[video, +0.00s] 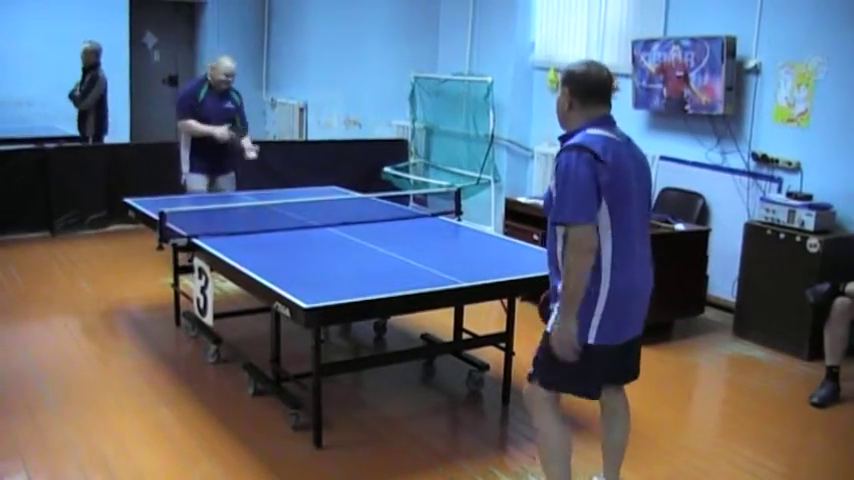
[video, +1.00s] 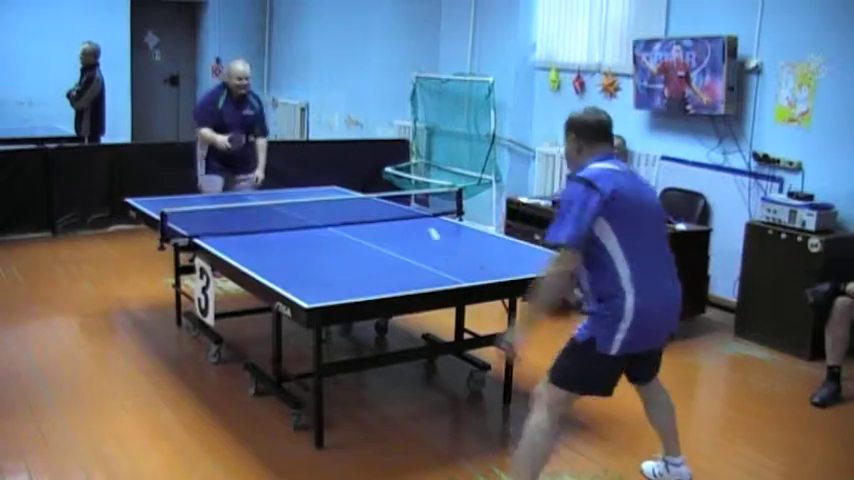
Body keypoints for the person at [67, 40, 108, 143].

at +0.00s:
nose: (84, 58)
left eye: (88, 54)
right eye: (83, 54)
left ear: (96, 56)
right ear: (82, 55)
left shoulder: (97, 77)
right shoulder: (86, 75)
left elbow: (85, 103)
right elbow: (74, 92)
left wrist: (75, 94)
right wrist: (78, 97)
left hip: (95, 128)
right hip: (85, 127)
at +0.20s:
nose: (83, 58)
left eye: (87, 54)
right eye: (82, 54)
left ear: (95, 56)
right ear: (81, 55)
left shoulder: (95, 77)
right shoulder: (85, 74)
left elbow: (81, 103)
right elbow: (74, 90)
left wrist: (73, 94)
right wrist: (76, 95)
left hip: (92, 130)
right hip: (84, 128)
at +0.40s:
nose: (82, 57)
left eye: (86, 54)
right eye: (82, 53)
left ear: (94, 56)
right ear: (80, 55)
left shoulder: (94, 77)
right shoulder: (85, 75)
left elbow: (79, 103)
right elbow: (74, 90)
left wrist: (72, 93)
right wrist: (75, 95)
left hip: (90, 130)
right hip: (83, 128)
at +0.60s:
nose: (82, 57)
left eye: (86, 54)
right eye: (82, 53)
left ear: (94, 56)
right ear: (80, 55)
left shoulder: (93, 77)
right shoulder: (85, 75)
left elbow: (79, 103)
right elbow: (73, 91)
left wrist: (72, 93)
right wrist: (74, 95)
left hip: (90, 130)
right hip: (83, 128)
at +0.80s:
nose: (82, 58)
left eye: (85, 54)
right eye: (82, 54)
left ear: (94, 56)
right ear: (81, 55)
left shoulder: (94, 77)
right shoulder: (85, 75)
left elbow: (79, 104)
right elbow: (74, 89)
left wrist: (71, 94)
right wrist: (74, 94)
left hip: (91, 130)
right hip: (83, 128)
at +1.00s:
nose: (82, 57)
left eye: (85, 54)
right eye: (82, 54)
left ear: (94, 56)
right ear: (81, 55)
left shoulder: (94, 77)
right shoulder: (85, 74)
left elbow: (80, 103)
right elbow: (75, 88)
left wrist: (72, 94)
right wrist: (74, 94)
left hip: (91, 129)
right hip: (83, 128)